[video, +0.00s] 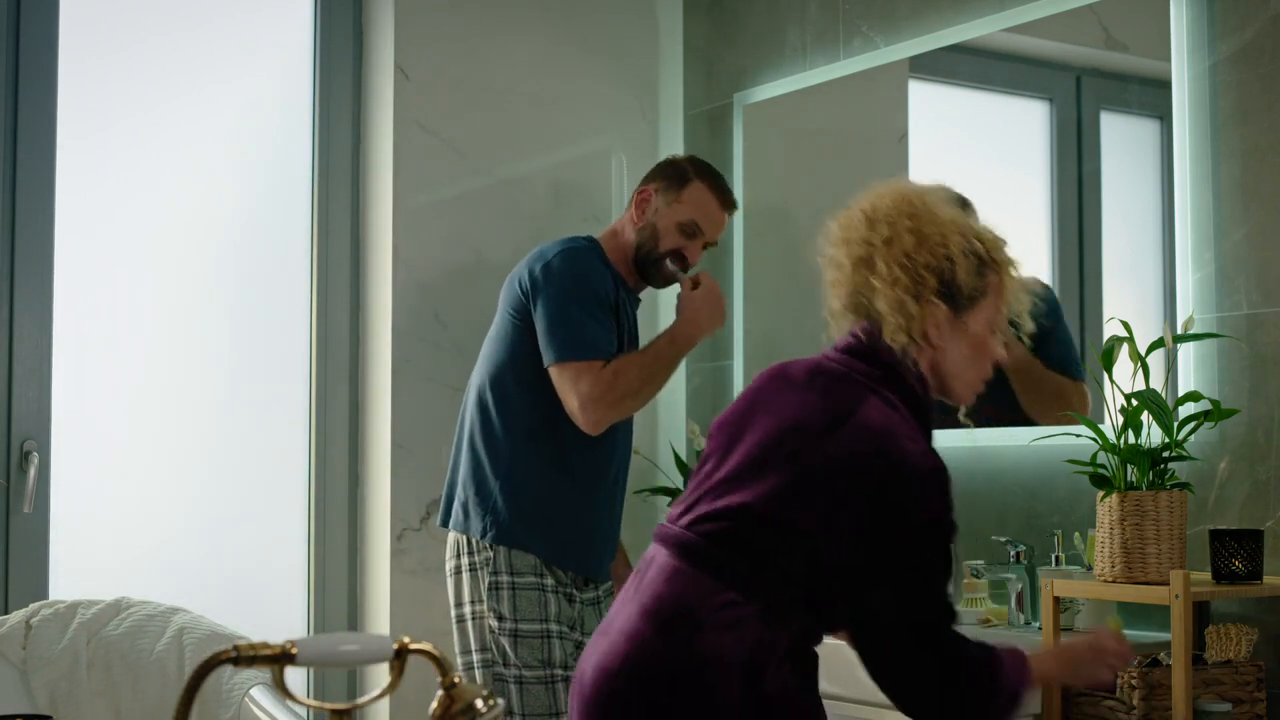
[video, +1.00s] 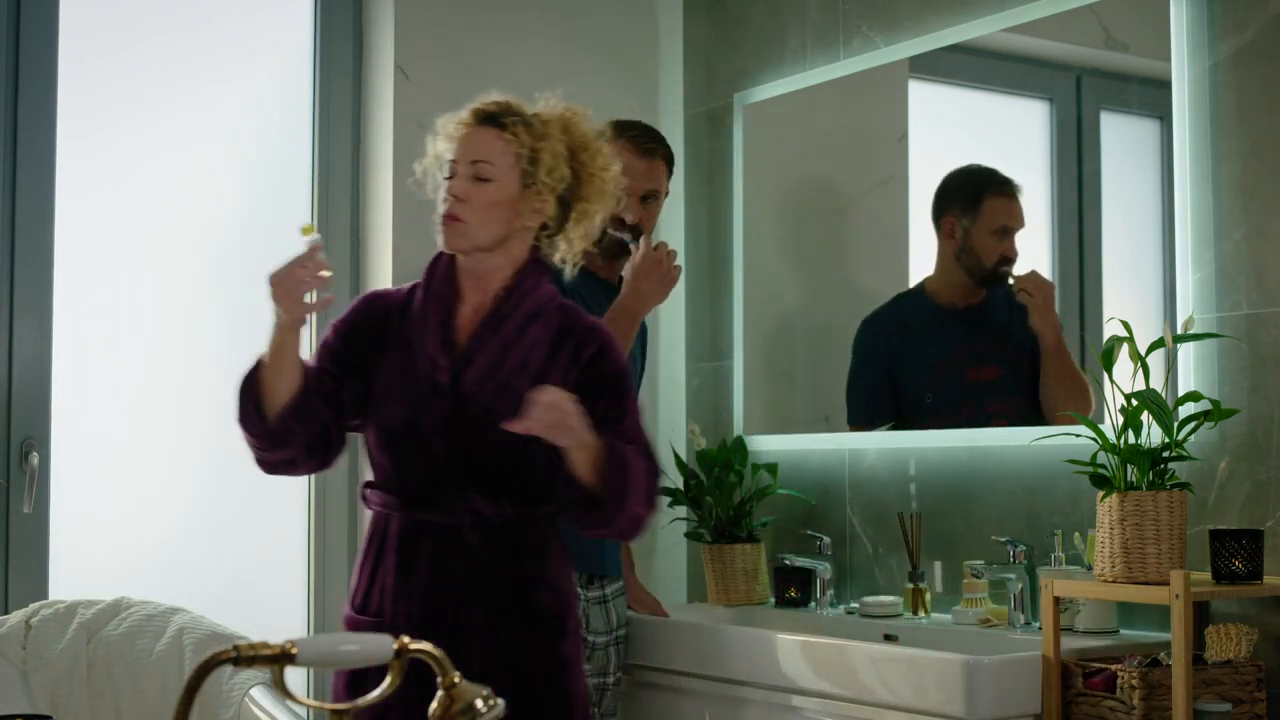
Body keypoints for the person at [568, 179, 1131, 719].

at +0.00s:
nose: (999, 353)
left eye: (1001, 330)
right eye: (992, 328)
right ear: (933, 322)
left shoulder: (779, 384)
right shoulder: (898, 459)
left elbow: (693, 529)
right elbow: (928, 679)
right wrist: (1058, 663)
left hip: (616, 672)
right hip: (729, 694)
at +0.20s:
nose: (889, 287)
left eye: (892, 265)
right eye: (873, 261)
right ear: (800, 256)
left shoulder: (766, 359)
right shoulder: (758, 372)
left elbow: (758, 560)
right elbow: (765, 581)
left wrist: (858, 621)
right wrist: (926, 534)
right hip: (638, 678)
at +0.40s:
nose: (736, 240)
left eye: (753, 222)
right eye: (713, 216)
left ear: (768, 233)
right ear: (656, 220)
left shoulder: (745, 364)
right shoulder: (598, 347)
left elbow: (767, 515)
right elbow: (579, 518)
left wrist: (854, 603)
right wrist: (721, 434)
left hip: (683, 629)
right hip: (569, 629)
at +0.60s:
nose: (608, 208)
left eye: (635, 190)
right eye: (593, 186)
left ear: (675, 210)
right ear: (571, 197)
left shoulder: (708, 349)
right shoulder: (514, 325)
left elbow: (756, 492)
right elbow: (438, 486)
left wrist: (848, 562)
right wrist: (514, 387)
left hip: (645, 642)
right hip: (518, 631)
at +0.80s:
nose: (519, 196)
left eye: (549, 180)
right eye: (514, 177)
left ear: (605, 203)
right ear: (500, 187)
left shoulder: (652, 340)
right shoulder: (449, 324)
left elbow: (703, 472)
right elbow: (365, 472)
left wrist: (744, 501)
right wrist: (382, 360)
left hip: (594, 611)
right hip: (466, 608)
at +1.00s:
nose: (451, 192)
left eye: (480, 177)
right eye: (450, 174)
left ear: (537, 208)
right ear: (440, 184)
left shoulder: (579, 343)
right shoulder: (382, 320)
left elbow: (630, 507)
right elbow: (288, 447)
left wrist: (581, 442)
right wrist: (287, 328)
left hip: (520, 621)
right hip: (390, 618)